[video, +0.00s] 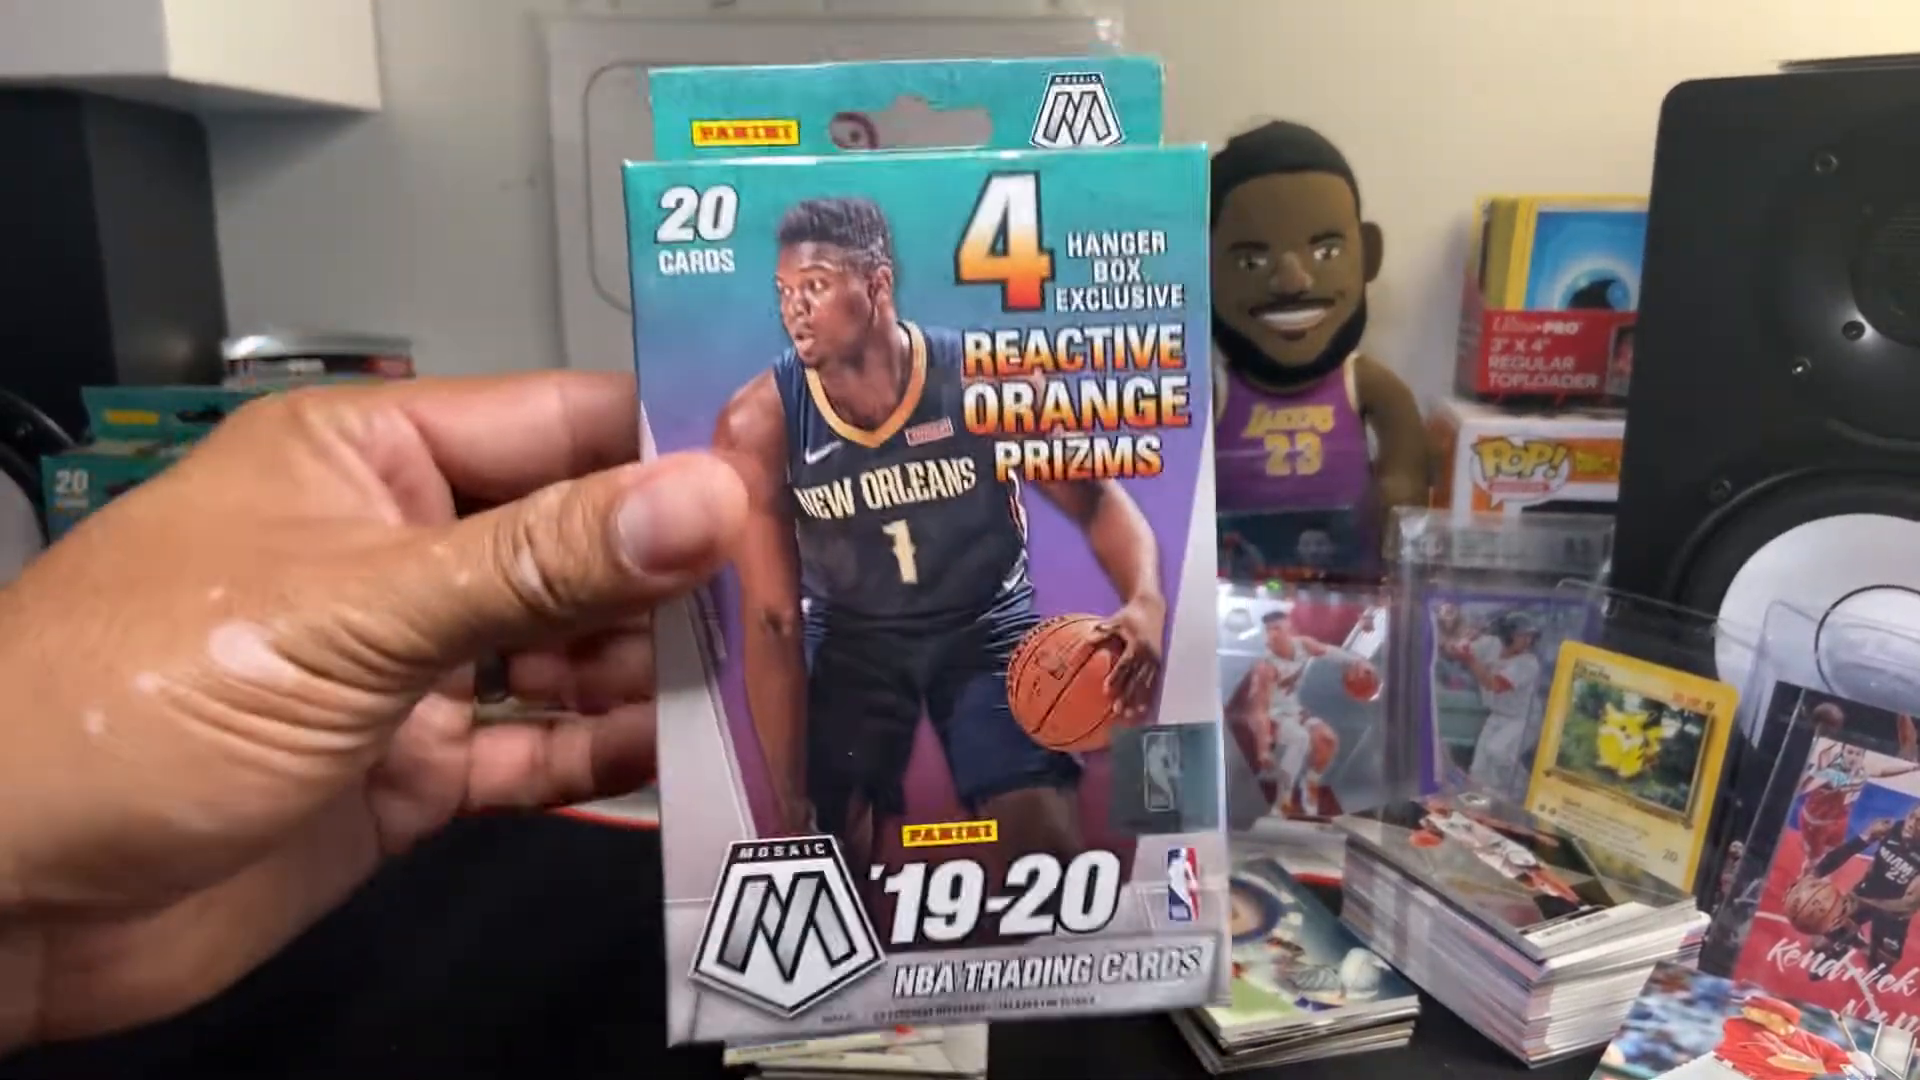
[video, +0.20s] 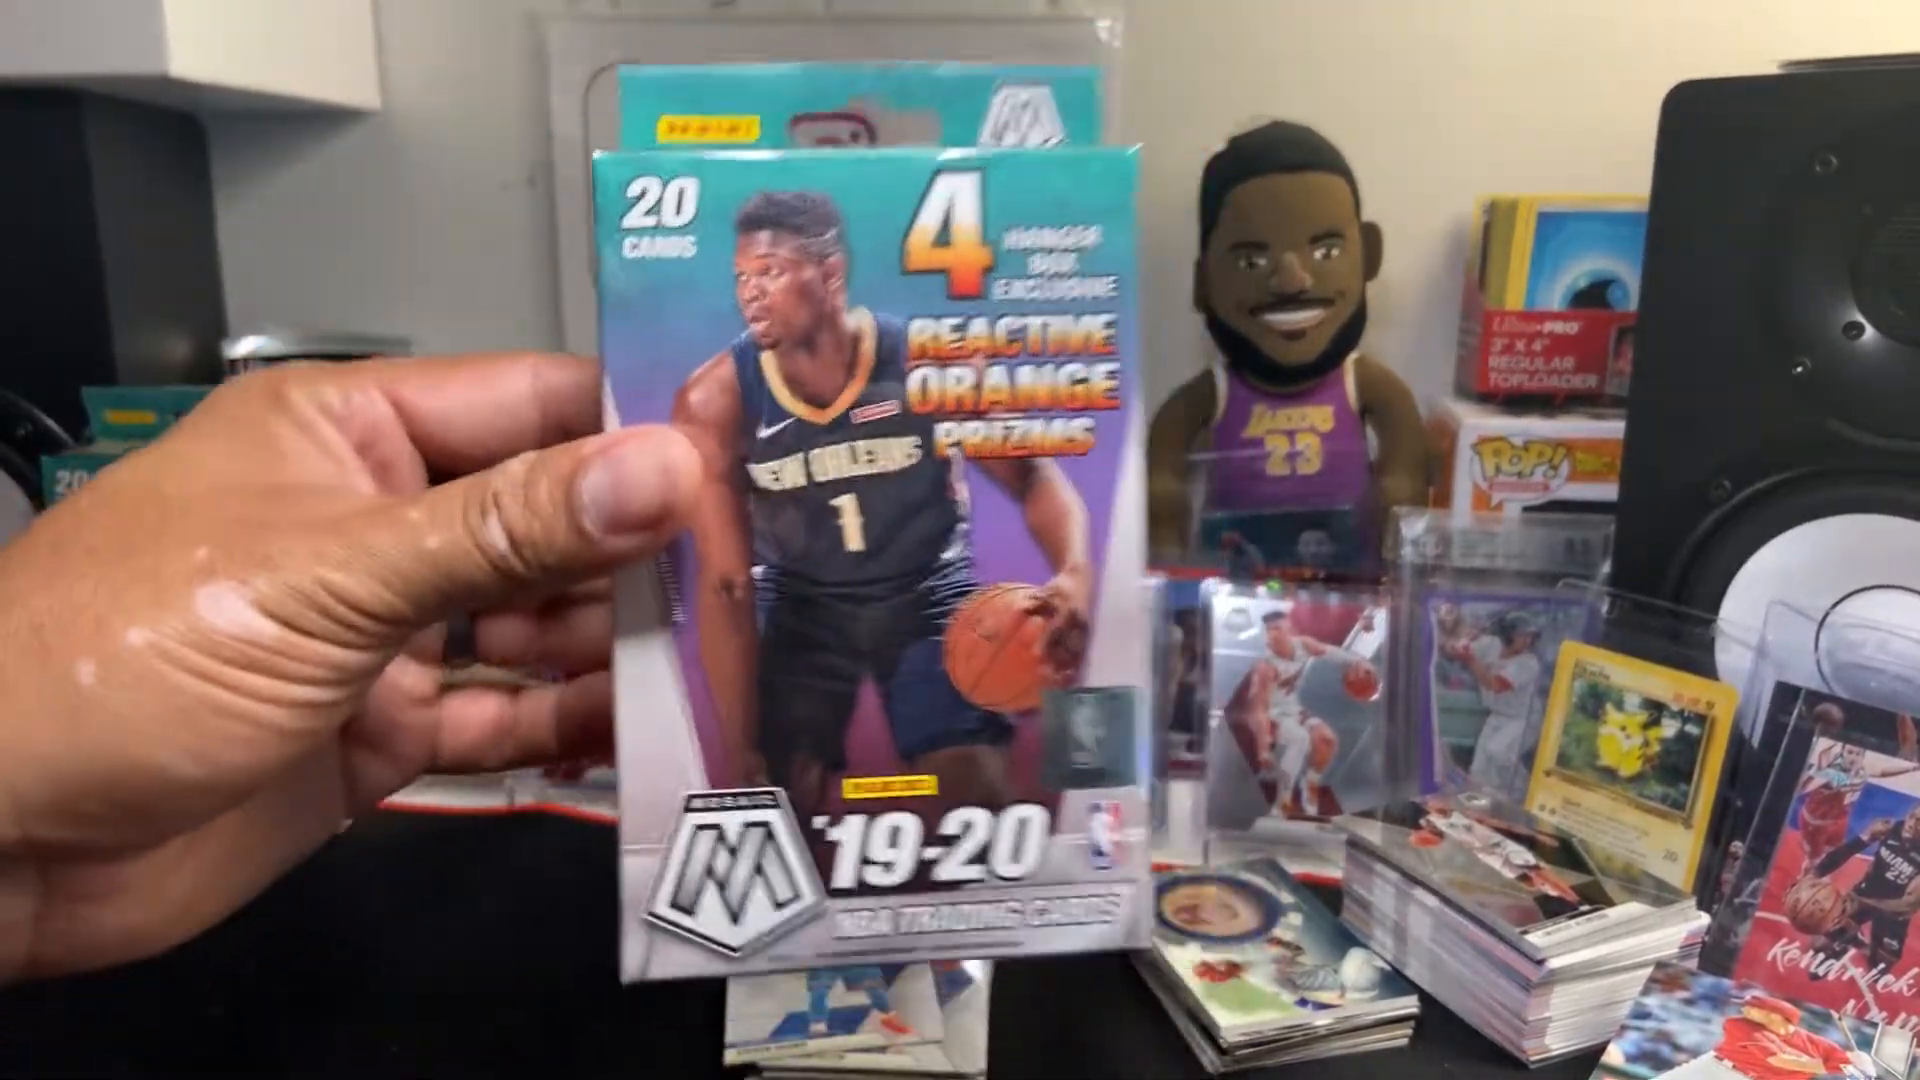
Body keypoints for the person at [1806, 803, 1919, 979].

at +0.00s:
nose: (1912, 824)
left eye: (1918, 822)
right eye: (1912, 817)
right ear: (1907, 815)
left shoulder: (1918, 857)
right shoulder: (1888, 830)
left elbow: (1909, 904)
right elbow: (1847, 850)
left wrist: (1861, 903)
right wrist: (1814, 874)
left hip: (1896, 910)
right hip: (1865, 895)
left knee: (1880, 967)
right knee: (1820, 945)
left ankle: (1856, 940)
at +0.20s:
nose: (1912, 824)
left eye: (1918, 822)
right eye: (1912, 817)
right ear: (1907, 815)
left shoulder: (1918, 858)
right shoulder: (1888, 829)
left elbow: (1909, 905)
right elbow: (1847, 850)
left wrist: (1862, 903)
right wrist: (1815, 873)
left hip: (1895, 909)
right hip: (1865, 894)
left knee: (1881, 966)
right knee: (1820, 945)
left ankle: (1854, 940)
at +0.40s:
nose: (1911, 824)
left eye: (1917, 822)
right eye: (1911, 817)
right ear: (1906, 815)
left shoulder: (1917, 858)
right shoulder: (1887, 830)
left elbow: (1908, 905)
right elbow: (1846, 851)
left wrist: (1860, 903)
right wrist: (1814, 873)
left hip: (1895, 906)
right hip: (1865, 892)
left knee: (1880, 965)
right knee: (1820, 945)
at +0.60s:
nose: (1911, 824)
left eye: (1918, 822)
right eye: (1911, 816)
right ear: (1906, 814)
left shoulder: (1918, 860)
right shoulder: (1886, 828)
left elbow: (1907, 905)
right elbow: (1846, 850)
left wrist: (1860, 904)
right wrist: (1814, 873)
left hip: (1894, 912)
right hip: (1863, 896)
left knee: (1877, 971)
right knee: (1817, 946)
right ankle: (1840, 948)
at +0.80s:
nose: (1910, 824)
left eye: (1918, 822)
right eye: (1911, 816)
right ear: (1906, 814)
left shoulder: (1918, 859)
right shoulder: (1887, 828)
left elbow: (1907, 904)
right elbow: (1845, 850)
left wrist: (1860, 903)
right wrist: (1813, 874)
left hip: (1894, 911)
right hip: (1863, 896)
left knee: (1878, 970)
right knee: (1817, 946)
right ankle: (1842, 945)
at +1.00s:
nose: (1911, 824)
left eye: (1918, 822)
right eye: (1911, 816)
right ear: (1906, 814)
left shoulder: (1918, 859)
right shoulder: (1887, 829)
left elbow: (1907, 905)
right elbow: (1845, 851)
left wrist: (1860, 903)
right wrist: (1814, 874)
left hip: (1895, 911)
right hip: (1863, 896)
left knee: (1878, 970)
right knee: (1818, 946)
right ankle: (1843, 945)